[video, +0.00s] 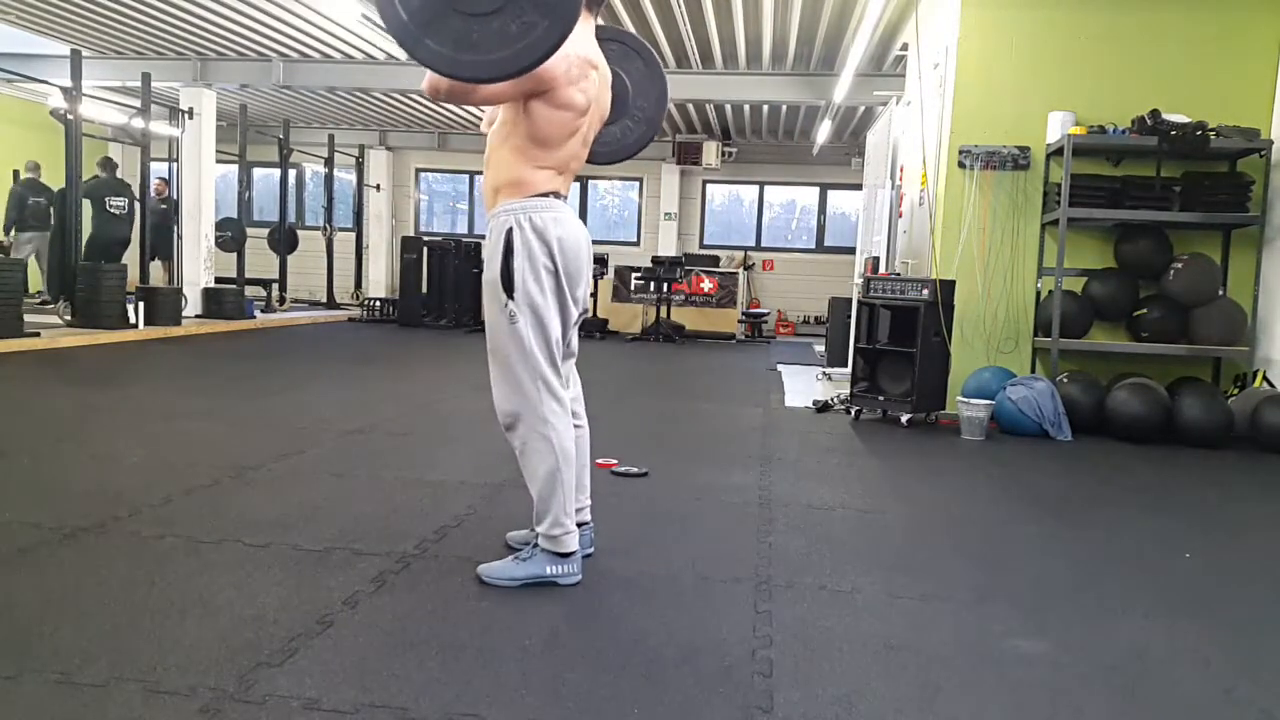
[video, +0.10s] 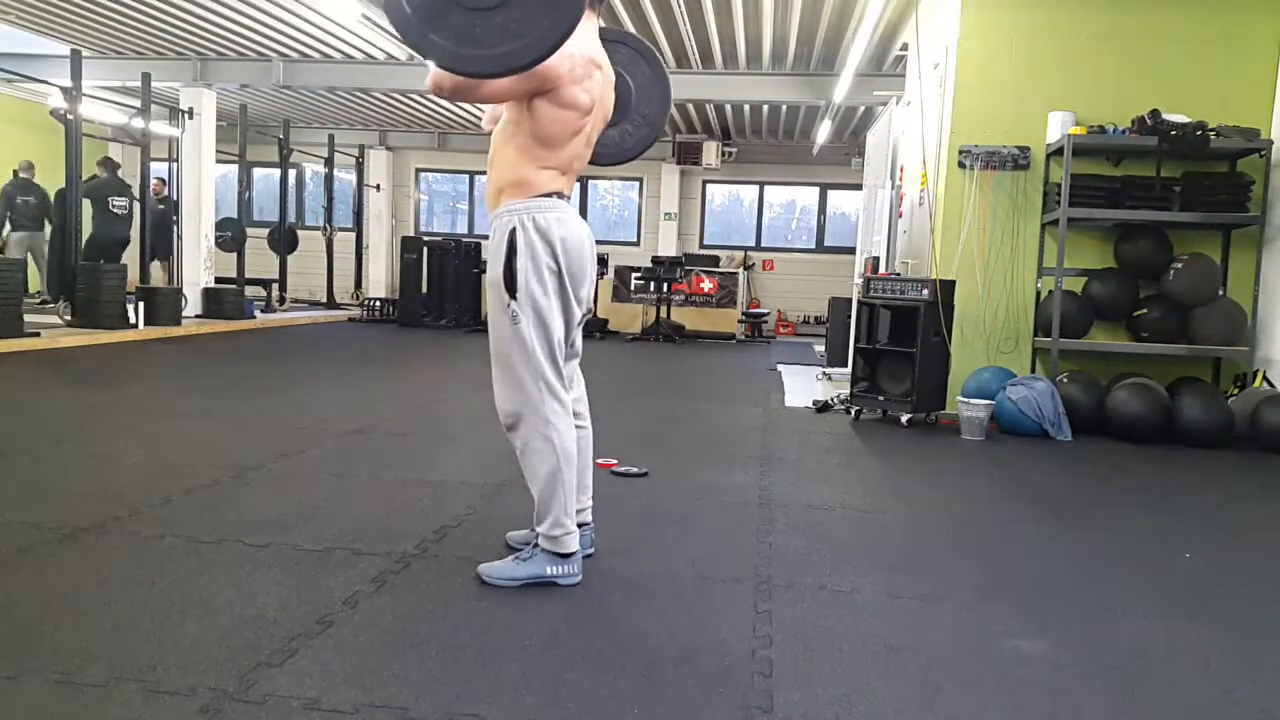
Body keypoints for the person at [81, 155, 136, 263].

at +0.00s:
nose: (98, 172)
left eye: (98, 169)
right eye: (98, 169)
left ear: (100, 169)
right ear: (114, 169)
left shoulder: (97, 185)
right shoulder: (126, 186)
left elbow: (78, 190)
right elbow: (131, 214)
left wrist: (93, 178)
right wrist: (127, 233)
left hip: (101, 235)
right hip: (123, 236)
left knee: (88, 269)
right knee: (112, 271)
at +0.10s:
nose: (96, 172)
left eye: (97, 168)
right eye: (97, 168)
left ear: (101, 169)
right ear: (113, 169)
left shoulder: (98, 184)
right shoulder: (126, 186)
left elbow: (78, 190)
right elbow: (130, 214)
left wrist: (93, 176)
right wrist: (126, 231)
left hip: (101, 235)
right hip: (122, 236)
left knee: (87, 267)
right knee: (111, 270)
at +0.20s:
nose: (96, 172)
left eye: (97, 168)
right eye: (96, 168)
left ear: (104, 169)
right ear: (113, 169)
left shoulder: (100, 185)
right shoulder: (125, 186)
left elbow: (79, 189)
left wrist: (92, 177)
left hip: (102, 235)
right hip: (122, 236)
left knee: (86, 265)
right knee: (110, 270)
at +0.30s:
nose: (93, 171)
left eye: (95, 168)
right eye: (94, 168)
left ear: (104, 169)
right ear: (108, 168)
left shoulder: (97, 186)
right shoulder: (123, 185)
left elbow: (82, 191)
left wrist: (89, 177)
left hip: (102, 233)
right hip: (120, 233)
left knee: (88, 267)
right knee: (110, 268)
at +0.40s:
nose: (92, 171)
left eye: (93, 167)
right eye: (92, 167)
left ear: (103, 168)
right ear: (105, 168)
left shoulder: (97, 186)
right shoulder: (118, 183)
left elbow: (82, 191)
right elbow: (126, 190)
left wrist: (87, 177)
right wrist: (114, 173)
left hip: (101, 234)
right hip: (118, 234)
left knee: (88, 267)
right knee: (109, 269)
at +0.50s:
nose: (90, 170)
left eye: (92, 167)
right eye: (90, 167)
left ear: (102, 167)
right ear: (103, 167)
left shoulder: (94, 187)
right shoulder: (115, 183)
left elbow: (79, 191)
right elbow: (124, 189)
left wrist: (86, 177)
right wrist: (111, 173)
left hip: (99, 233)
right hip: (114, 232)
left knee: (90, 268)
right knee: (108, 268)